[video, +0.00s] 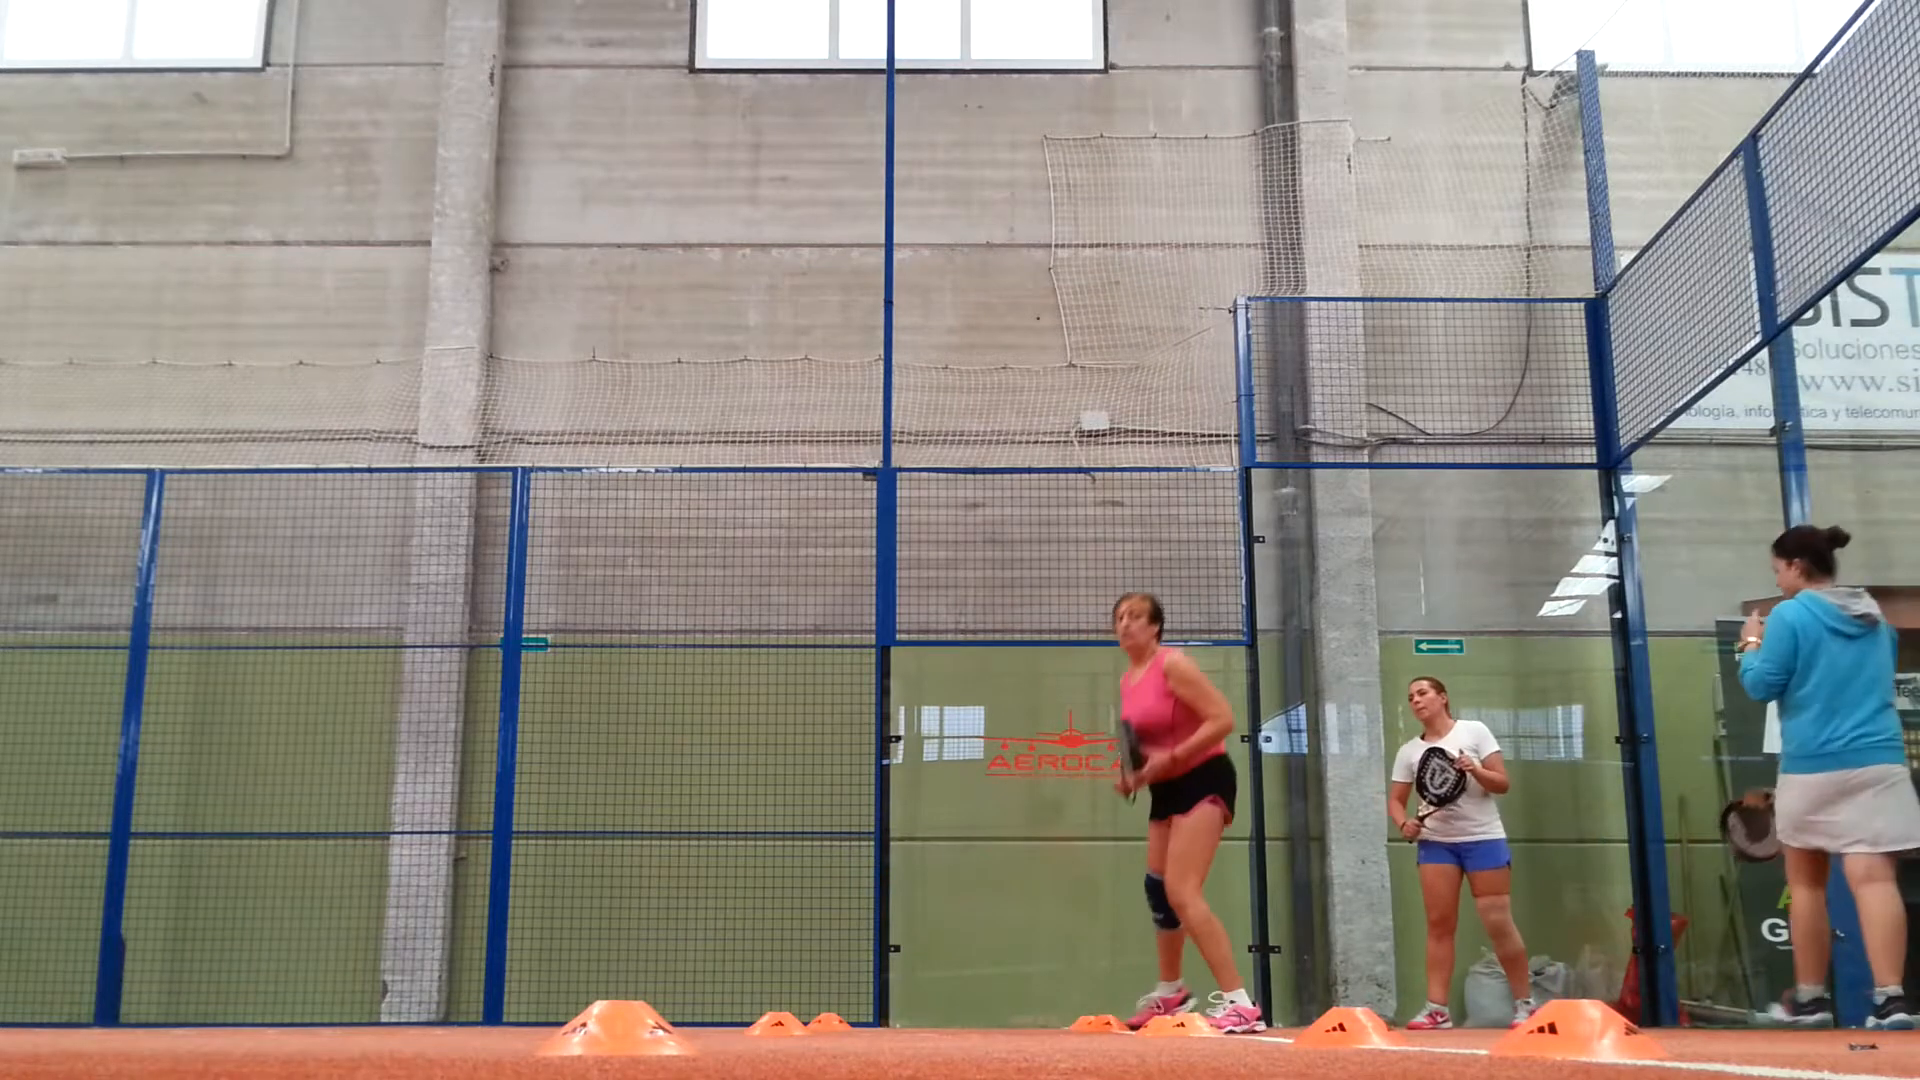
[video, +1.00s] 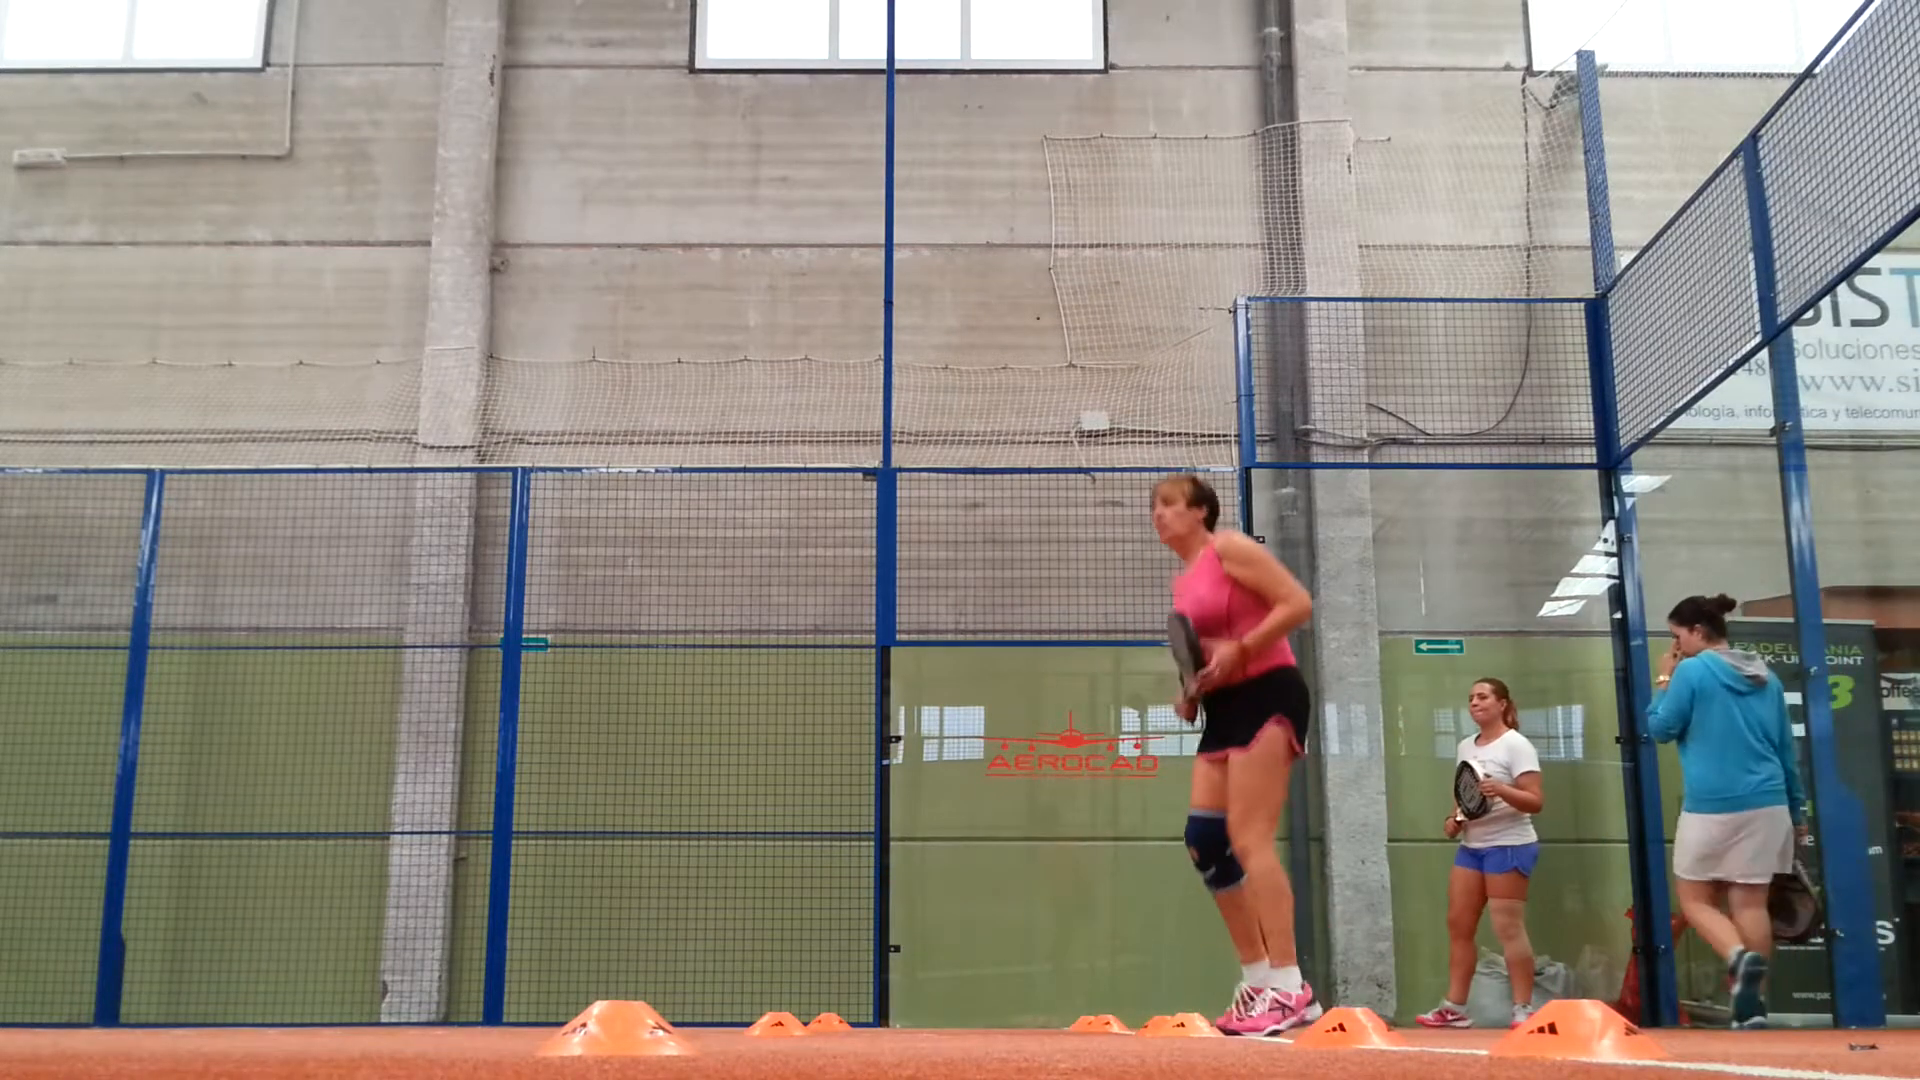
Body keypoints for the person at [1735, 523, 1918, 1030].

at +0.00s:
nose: (1775, 578)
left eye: (1777, 570)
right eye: (1775, 570)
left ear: (1796, 567)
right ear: (1824, 567)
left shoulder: (1790, 614)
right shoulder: (1874, 616)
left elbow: (1761, 685)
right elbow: (1883, 682)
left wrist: (1749, 646)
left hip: (1811, 765)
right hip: (1878, 758)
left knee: (1805, 880)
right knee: (1876, 878)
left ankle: (1809, 998)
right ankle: (1891, 1000)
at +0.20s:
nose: (1740, 602)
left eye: (1742, 593)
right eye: (1739, 593)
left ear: (1764, 590)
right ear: (1789, 588)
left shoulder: (1761, 636)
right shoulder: (1836, 636)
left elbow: (1725, 699)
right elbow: (1839, 705)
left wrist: (1725, 648)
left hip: (1781, 780)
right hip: (1843, 772)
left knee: (1785, 896)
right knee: (1846, 883)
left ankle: (1782, 1005)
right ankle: (1881, 978)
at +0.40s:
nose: (1711, 611)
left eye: (1713, 603)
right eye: (1710, 603)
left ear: (1734, 596)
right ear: (1756, 596)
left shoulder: (1733, 638)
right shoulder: (1811, 645)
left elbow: (1700, 703)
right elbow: (1831, 728)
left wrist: (1699, 652)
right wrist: (1842, 795)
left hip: (1755, 782)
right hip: (1814, 782)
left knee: (1771, 895)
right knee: (1811, 885)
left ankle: (1782, 1006)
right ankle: (1832, 954)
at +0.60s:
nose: (1695, 623)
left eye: (1696, 614)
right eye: (1693, 615)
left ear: (1717, 608)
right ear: (1741, 608)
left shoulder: (1713, 647)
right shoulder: (1793, 657)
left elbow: (1680, 709)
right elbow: (1821, 735)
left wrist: (1683, 663)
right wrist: (1843, 795)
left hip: (1740, 784)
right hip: (1793, 786)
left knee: (1764, 894)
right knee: (1772, 893)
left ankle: (1782, 1004)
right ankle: (1775, 1001)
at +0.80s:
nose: (1685, 638)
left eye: (1686, 630)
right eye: (1683, 631)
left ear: (1706, 624)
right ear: (1729, 624)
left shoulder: (1702, 663)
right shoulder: (1779, 672)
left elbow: (1670, 723)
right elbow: (1804, 746)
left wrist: (1674, 678)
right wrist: (1827, 803)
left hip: (1725, 793)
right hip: (1777, 796)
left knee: (1746, 896)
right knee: (1753, 900)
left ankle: (1779, 993)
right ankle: (1751, 1004)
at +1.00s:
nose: (1675, 645)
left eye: (1677, 637)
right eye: (1674, 638)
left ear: (1697, 632)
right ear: (1715, 633)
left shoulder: (1692, 670)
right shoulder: (1764, 674)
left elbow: (1661, 727)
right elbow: (1785, 749)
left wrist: (1664, 682)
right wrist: (1796, 812)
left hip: (1709, 805)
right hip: (1767, 802)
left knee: (1696, 901)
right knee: (1751, 902)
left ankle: (1737, 957)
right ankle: (1752, 1009)